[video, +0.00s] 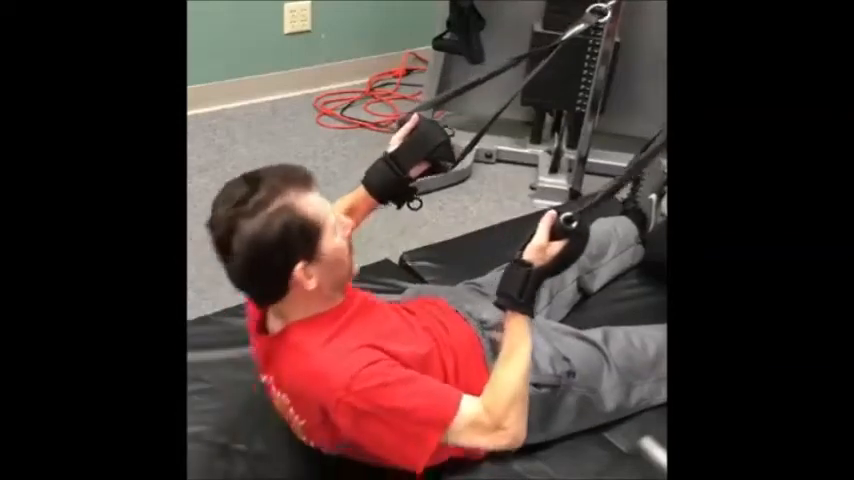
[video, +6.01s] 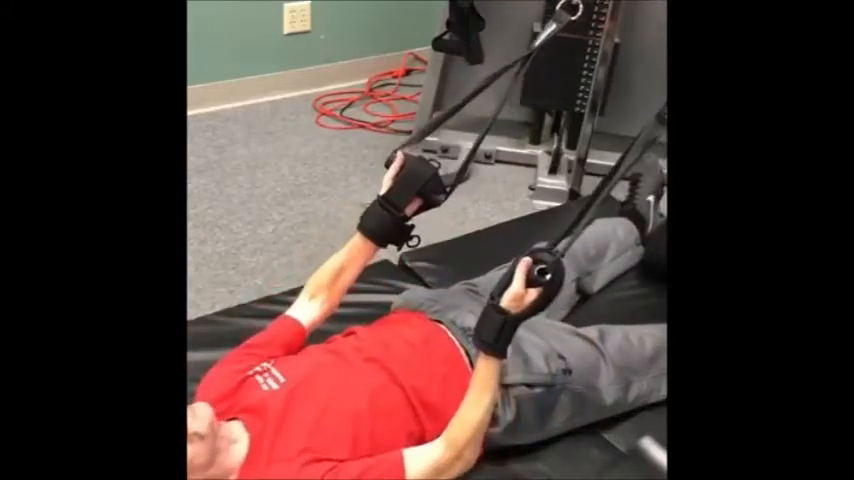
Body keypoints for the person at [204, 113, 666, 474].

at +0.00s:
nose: (344, 223)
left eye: (333, 217)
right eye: (333, 224)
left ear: (293, 276)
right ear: (304, 276)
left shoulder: (274, 300)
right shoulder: (351, 384)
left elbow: (336, 230)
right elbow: (500, 427)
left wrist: (385, 176)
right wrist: (524, 286)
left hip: (454, 306)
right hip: (508, 379)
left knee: (606, 230)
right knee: (656, 350)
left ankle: (638, 221)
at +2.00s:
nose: (527, 153)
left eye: (531, 141)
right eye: (531, 141)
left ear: (452, 118)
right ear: (518, 138)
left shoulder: (376, 181)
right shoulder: (489, 235)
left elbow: (368, 170)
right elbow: (584, 373)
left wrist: (446, 130)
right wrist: (626, 249)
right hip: (479, 409)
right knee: (663, 350)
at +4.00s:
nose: (382, 206)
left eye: (374, 197)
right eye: (373, 206)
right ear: (348, 248)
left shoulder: (286, 274)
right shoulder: (397, 368)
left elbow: (336, 202)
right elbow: (526, 424)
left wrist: (414, 162)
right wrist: (569, 298)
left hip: (460, 304)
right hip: (511, 369)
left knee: (544, 256)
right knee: (662, 347)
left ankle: (627, 224)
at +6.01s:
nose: (198, 417)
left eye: (183, 415)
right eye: (187, 438)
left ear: (186, 409)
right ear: (194, 474)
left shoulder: (222, 381)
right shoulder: (289, 475)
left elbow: (315, 300)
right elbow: (449, 457)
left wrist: (386, 214)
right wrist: (500, 329)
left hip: (426, 312)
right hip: (488, 385)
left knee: (552, 270)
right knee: (646, 352)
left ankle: (635, 221)